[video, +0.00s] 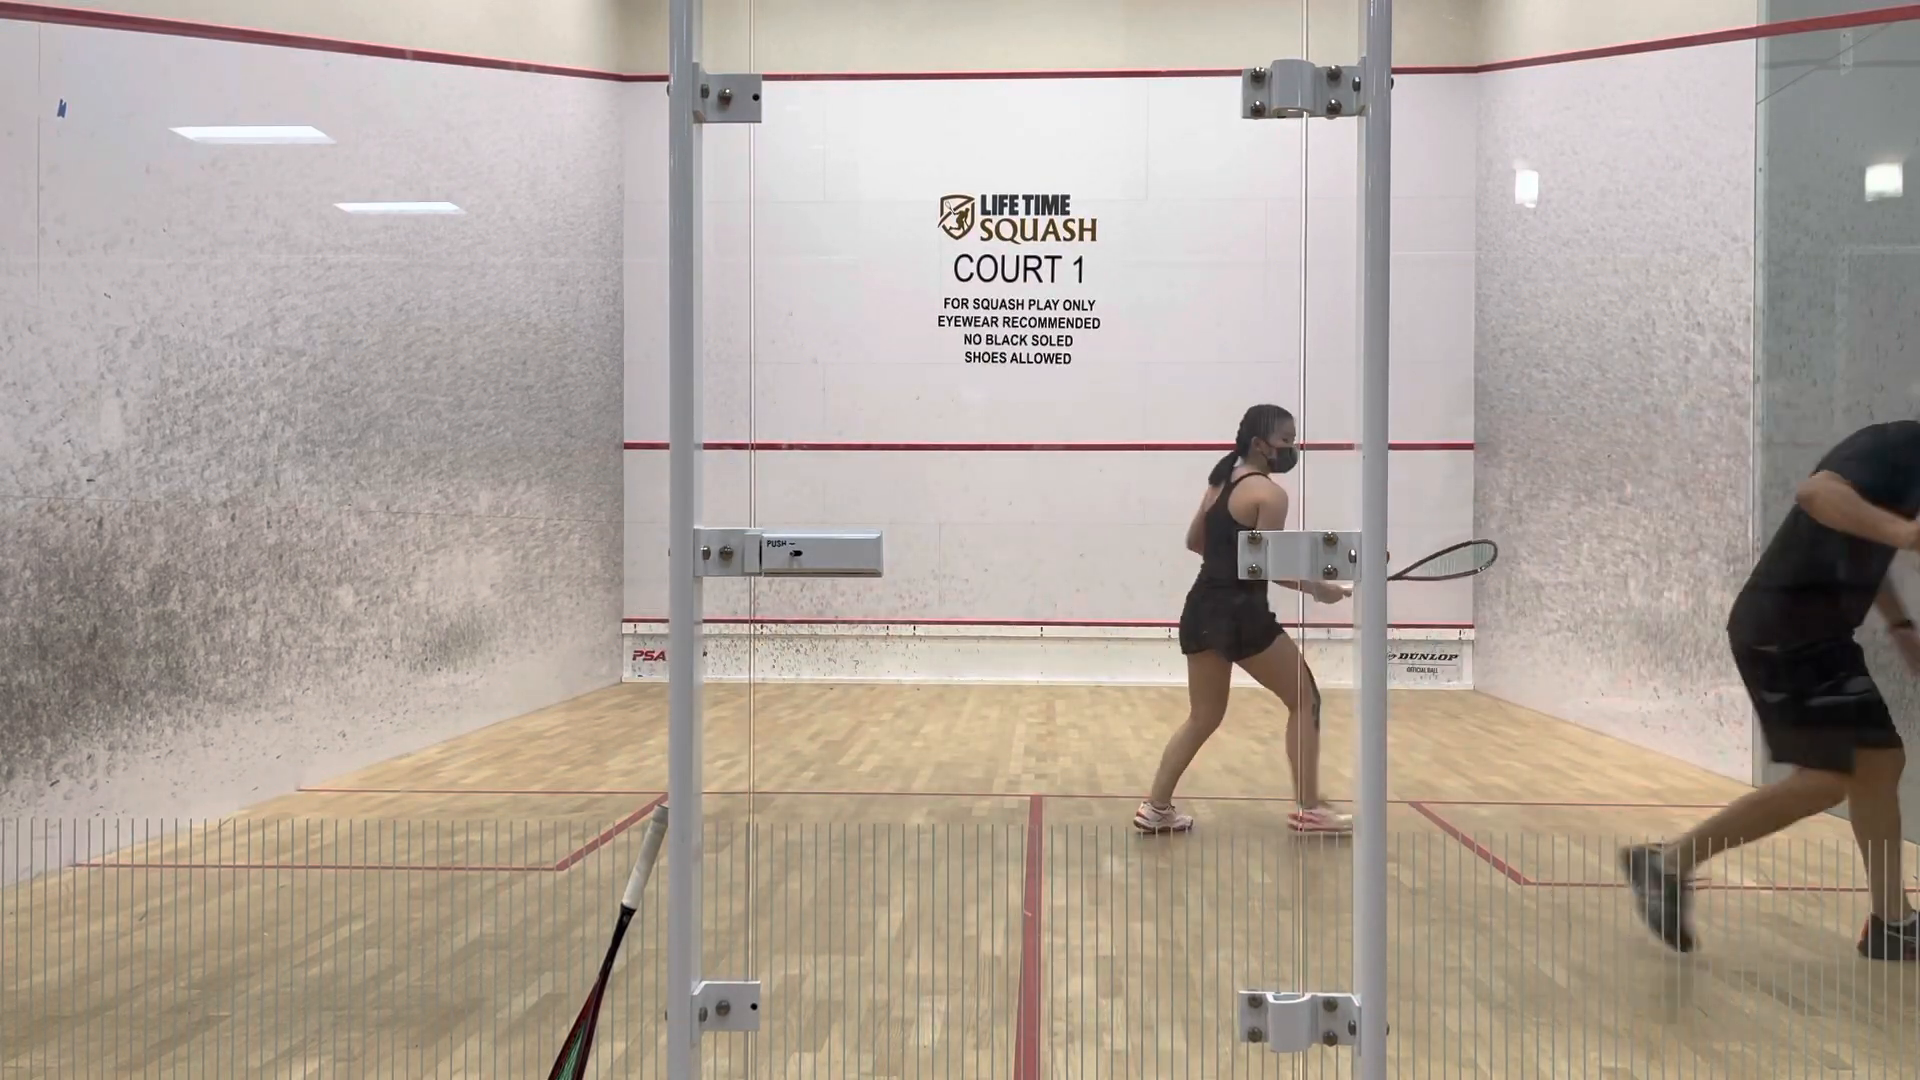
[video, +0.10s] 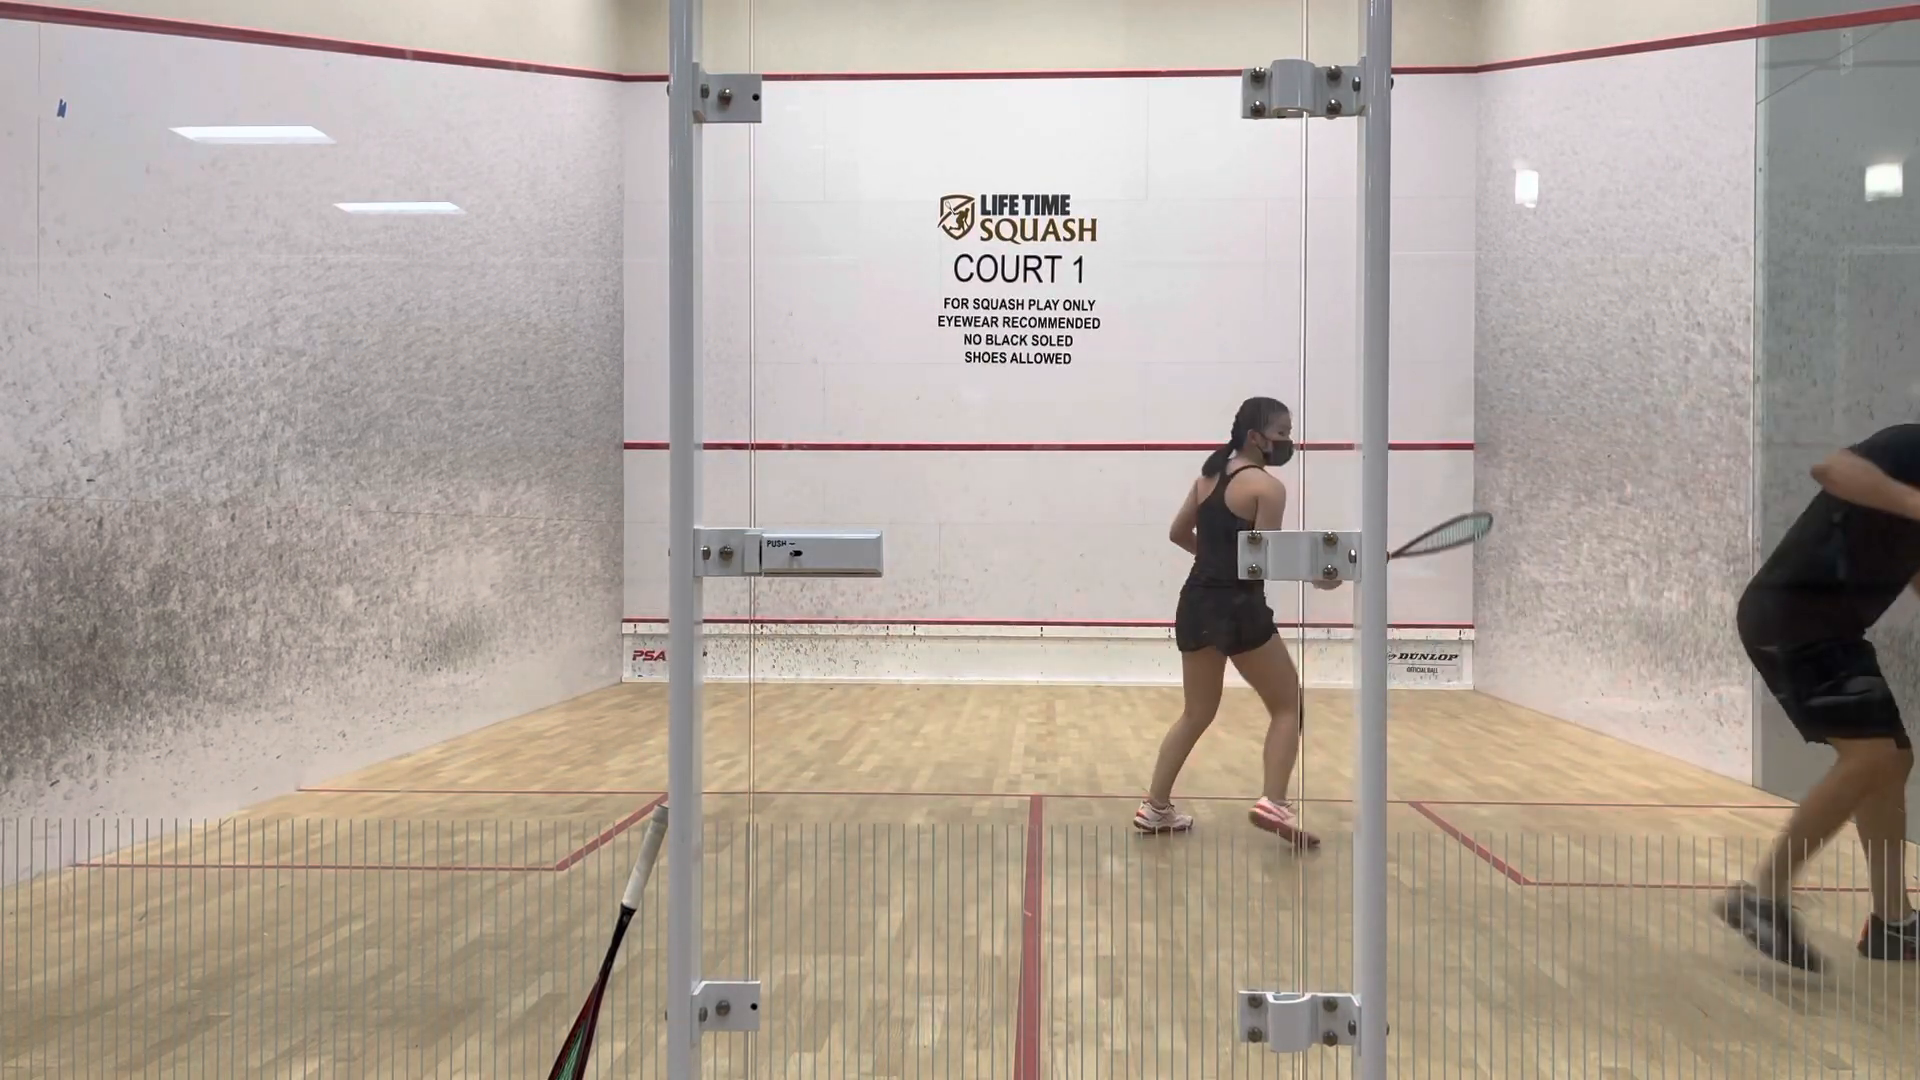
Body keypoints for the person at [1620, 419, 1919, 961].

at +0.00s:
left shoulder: (1908, 469)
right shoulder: (1896, 444)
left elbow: (1867, 552)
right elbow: (1817, 492)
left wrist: (1901, 626)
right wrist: (1899, 532)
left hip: (1826, 630)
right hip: (1776, 628)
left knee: (1880, 759)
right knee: (1826, 779)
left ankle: (1892, 919)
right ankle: (1668, 861)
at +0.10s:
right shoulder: (1909, 445)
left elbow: (1910, 572)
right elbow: (1832, 469)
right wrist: (1912, 502)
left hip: (1832, 620)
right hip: (1789, 612)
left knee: (1891, 759)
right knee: (1869, 756)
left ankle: (1893, 919)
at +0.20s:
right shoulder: (1912, 447)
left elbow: (1854, 444)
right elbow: (1853, 444)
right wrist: (1913, 471)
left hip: (1848, 619)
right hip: (1799, 611)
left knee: (1904, 759)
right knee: (1876, 758)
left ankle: (1894, 928)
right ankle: (1876, 946)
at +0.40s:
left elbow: (1897, 501)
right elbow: (1899, 502)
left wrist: (1814, 548)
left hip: (1844, 637)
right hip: (1815, 633)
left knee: (1905, 765)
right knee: (1907, 761)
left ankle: (1894, 919)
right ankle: (1900, 924)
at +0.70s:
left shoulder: (1911, 433)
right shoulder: (1908, 434)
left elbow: (1802, 473)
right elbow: (1804, 474)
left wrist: (1758, 558)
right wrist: (1761, 559)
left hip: (1764, 625)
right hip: (1842, 644)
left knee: (1819, 744)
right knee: (1913, 757)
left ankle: (1788, 903)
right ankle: (1914, 968)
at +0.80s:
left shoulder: (1868, 418)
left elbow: (1756, 466)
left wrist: (1723, 555)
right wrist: (1772, 498)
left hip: (1762, 627)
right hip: (1858, 643)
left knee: (1774, 756)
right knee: (1919, 772)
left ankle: (1710, 909)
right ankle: (1919, 975)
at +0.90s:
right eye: (1910, 380)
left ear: (1851, 368)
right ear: (1912, 384)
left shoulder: (1783, 414)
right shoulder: (1909, 451)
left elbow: (1696, 479)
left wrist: (1669, 561)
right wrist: (1753, 492)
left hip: (1740, 635)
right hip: (1849, 644)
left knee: (1708, 777)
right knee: (1915, 790)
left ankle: (1663, 928)